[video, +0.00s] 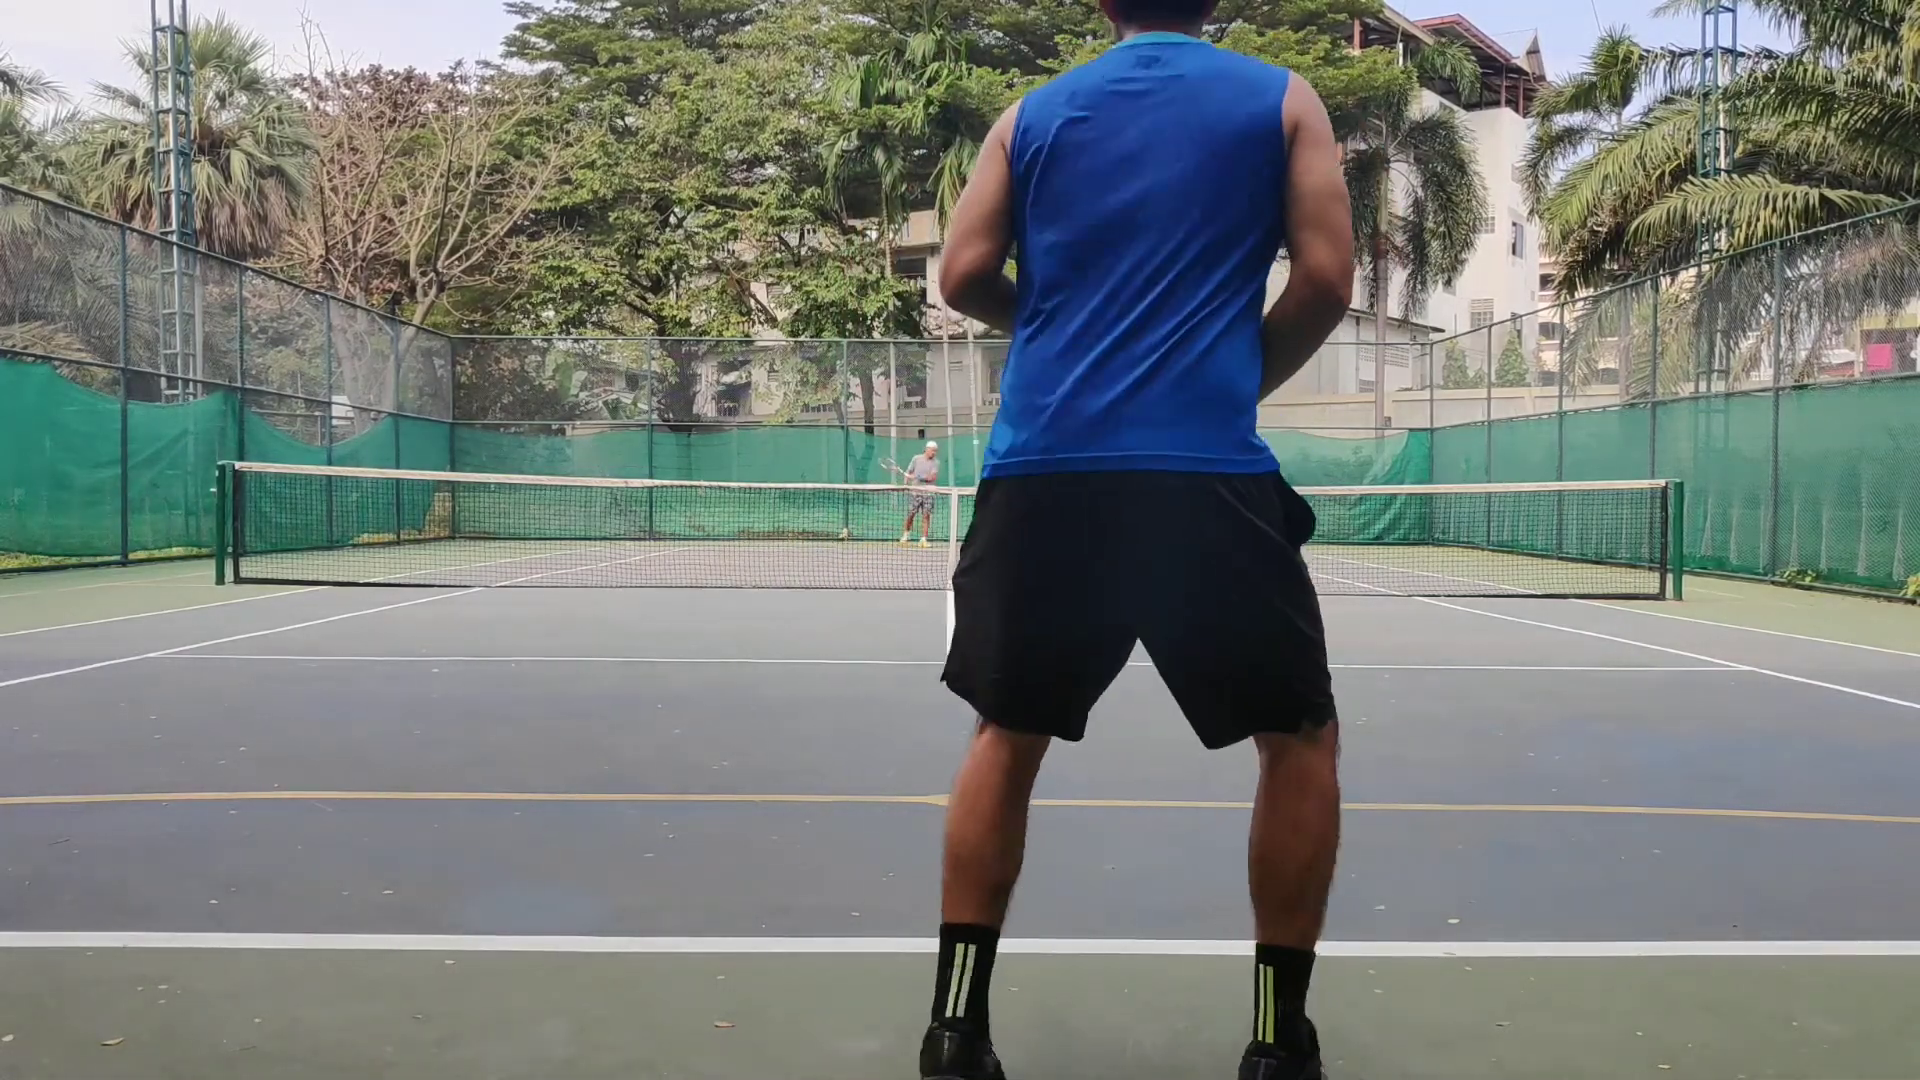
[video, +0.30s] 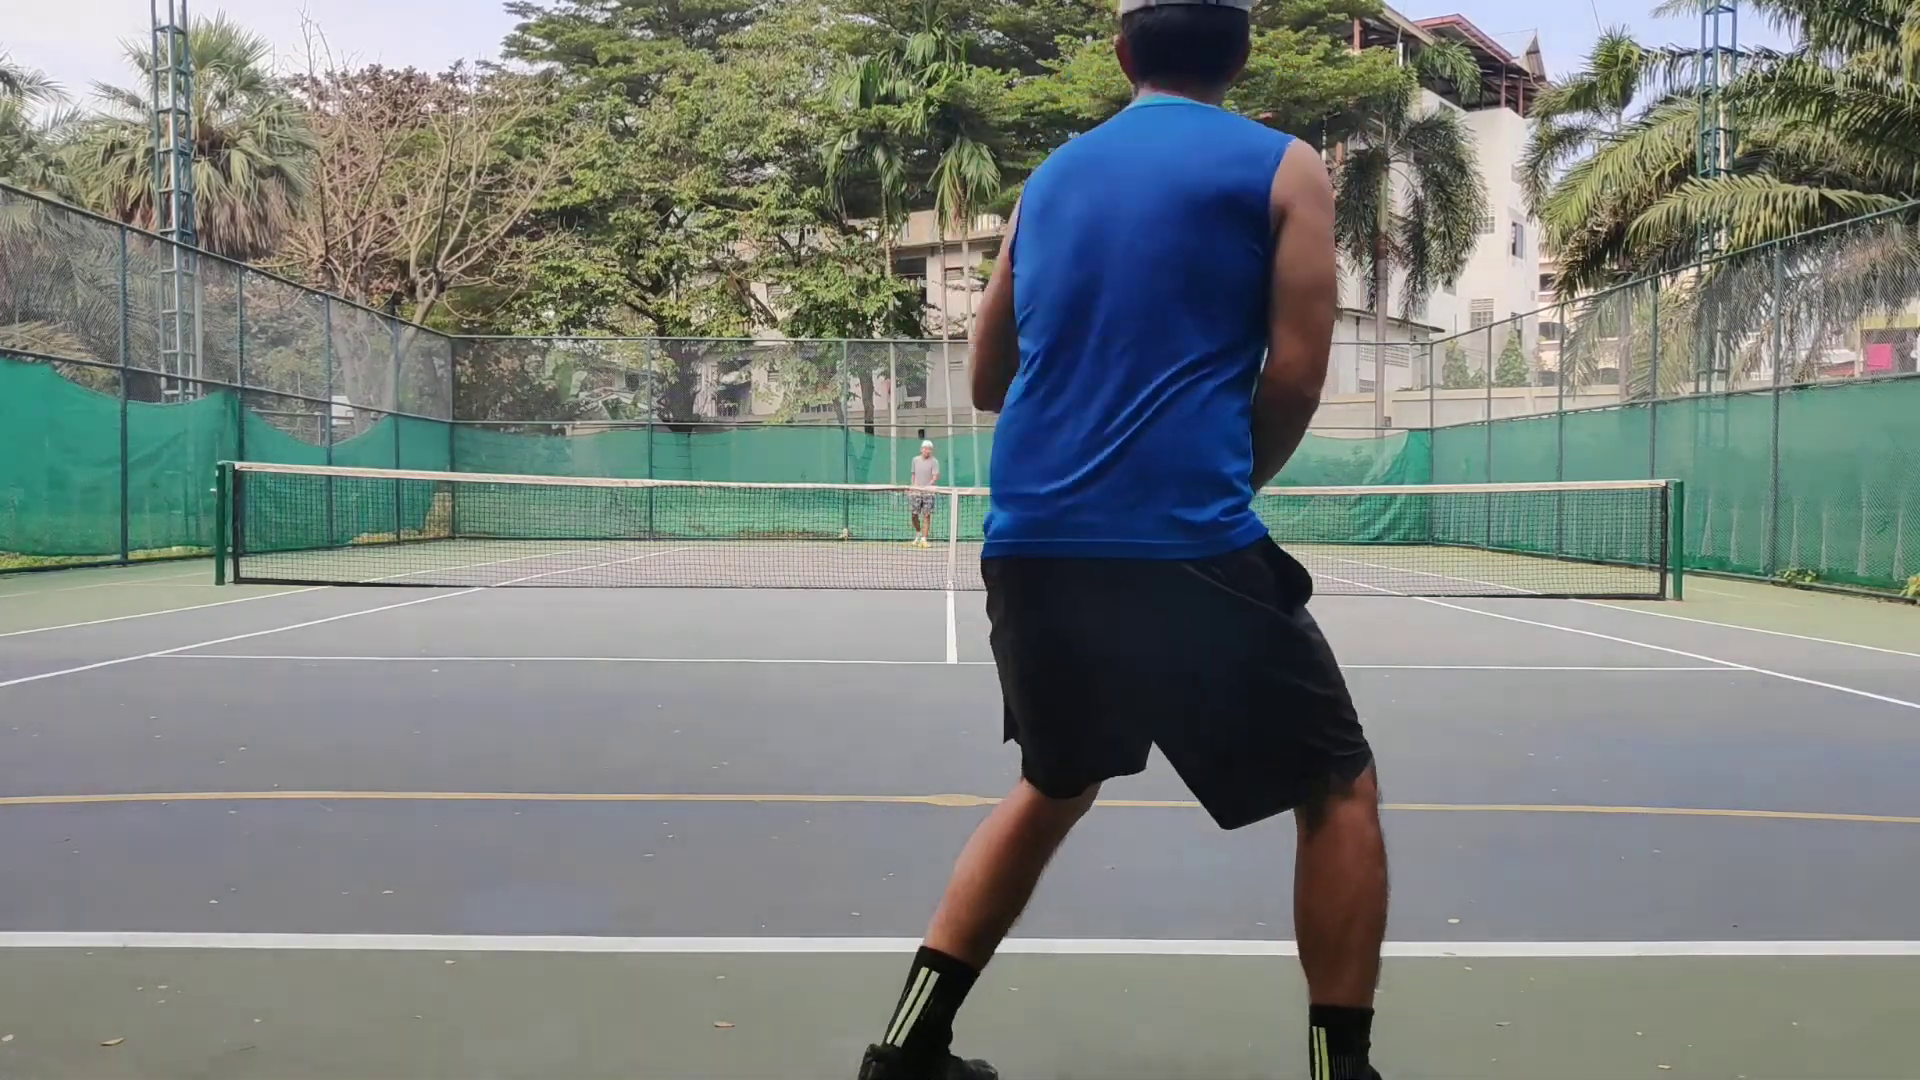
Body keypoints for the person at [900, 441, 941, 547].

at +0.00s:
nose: (933, 453)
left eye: (935, 451)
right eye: (931, 450)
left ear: (936, 452)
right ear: (926, 450)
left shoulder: (935, 462)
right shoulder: (916, 459)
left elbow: (933, 477)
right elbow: (909, 472)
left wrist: (919, 478)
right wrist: (907, 479)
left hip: (928, 490)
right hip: (916, 489)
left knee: (926, 514)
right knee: (912, 512)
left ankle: (924, 537)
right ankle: (906, 532)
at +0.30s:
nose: (927, 451)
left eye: (929, 449)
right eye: (925, 448)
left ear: (931, 450)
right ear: (921, 449)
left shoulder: (933, 461)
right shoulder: (915, 460)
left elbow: (935, 474)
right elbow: (913, 473)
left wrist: (931, 483)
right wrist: (913, 485)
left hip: (928, 490)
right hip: (916, 489)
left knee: (926, 515)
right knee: (914, 514)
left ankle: (925, 537)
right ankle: (918, 533)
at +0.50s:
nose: (924, 452)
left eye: (926, 449)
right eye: (922, 449)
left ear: (929, 451)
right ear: (919, 450)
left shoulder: (933, 462)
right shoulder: (914, 461)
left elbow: (934, 475)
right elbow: (911, 475)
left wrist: (932, 488)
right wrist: (910, 487)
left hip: (928, 491)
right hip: (916, 491)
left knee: (927, 514)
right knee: (916, 514)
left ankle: (924, 535)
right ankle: (918, 534)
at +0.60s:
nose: (923, 452)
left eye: (925, 450)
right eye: (921, 450)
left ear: (929, 451)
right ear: (918, 451)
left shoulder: (933, 462)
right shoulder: (913, 462)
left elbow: (936, 476)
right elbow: (910, 476)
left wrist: (934, 489)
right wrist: (910, 488)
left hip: (929, 492)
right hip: (917, 492)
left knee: (928, 514)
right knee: (917, 515)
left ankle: (927, 534)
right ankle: (918, 533)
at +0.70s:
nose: (924, 452)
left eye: (925, 449)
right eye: (921, 449)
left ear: (929, 451)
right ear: (918, 451)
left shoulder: (933, 461)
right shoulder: (914, 462)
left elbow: (940, 473)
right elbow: (909, 476)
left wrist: (946, 481)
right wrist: (910, 488)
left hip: (931, 491)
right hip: (918, 491)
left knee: (930, 515)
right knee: (919, 515)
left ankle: (929, 537)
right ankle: (919, 535)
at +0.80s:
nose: (925, 450)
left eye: (927, 448)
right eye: (923, 448)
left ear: (929, 449)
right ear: (919, 450)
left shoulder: (935, 460)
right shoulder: (914, 461)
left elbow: (942, 472)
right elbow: (909, 474)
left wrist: (948, 482)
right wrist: (910, 486)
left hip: (932, 490)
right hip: (919, 490)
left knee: (934, 514)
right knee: (920, 515)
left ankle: (935, 536)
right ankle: (920, 536)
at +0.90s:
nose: (927, 450)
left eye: (929, 448)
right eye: (925, 448)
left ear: (932, 449)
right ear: (921, 450)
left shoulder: (937, 460)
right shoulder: (917, 461)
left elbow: (943, 472)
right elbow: (910, 473)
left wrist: (948, 483)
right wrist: (911, 486)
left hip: (934, 490)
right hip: (921, 491)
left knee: (939, 514)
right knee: (921, 515)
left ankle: (941, 536)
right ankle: (920, 536)